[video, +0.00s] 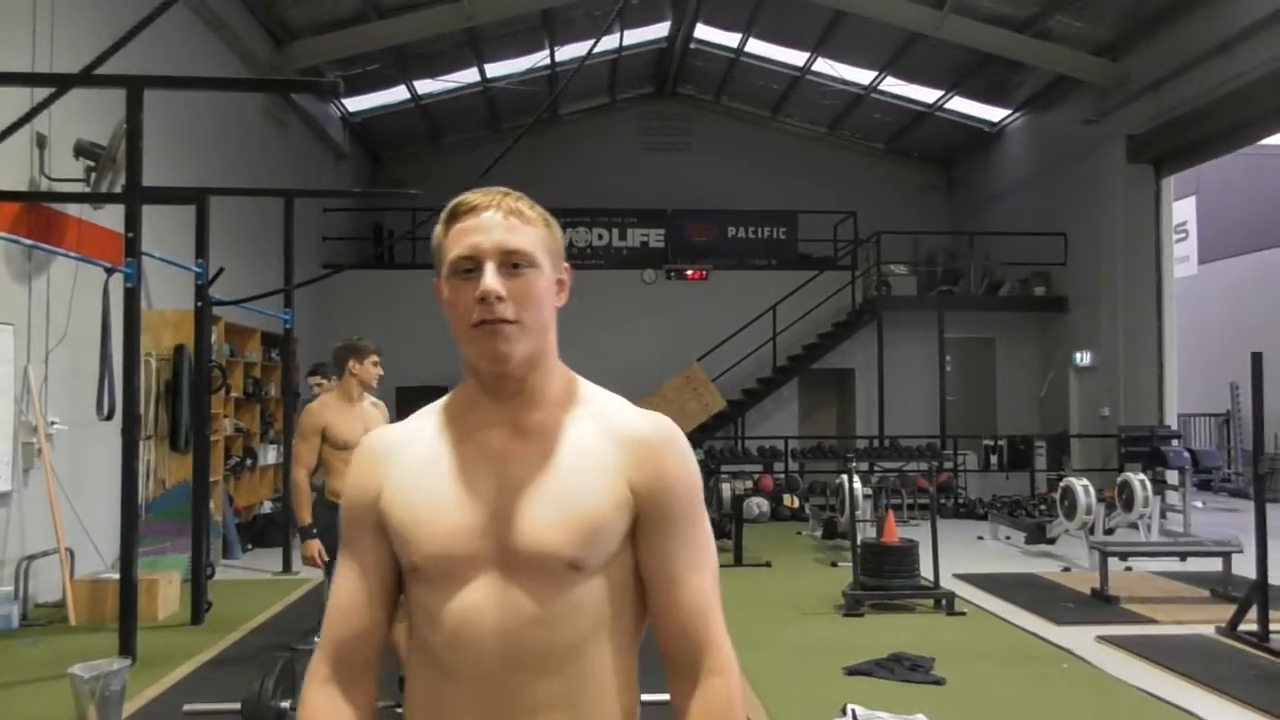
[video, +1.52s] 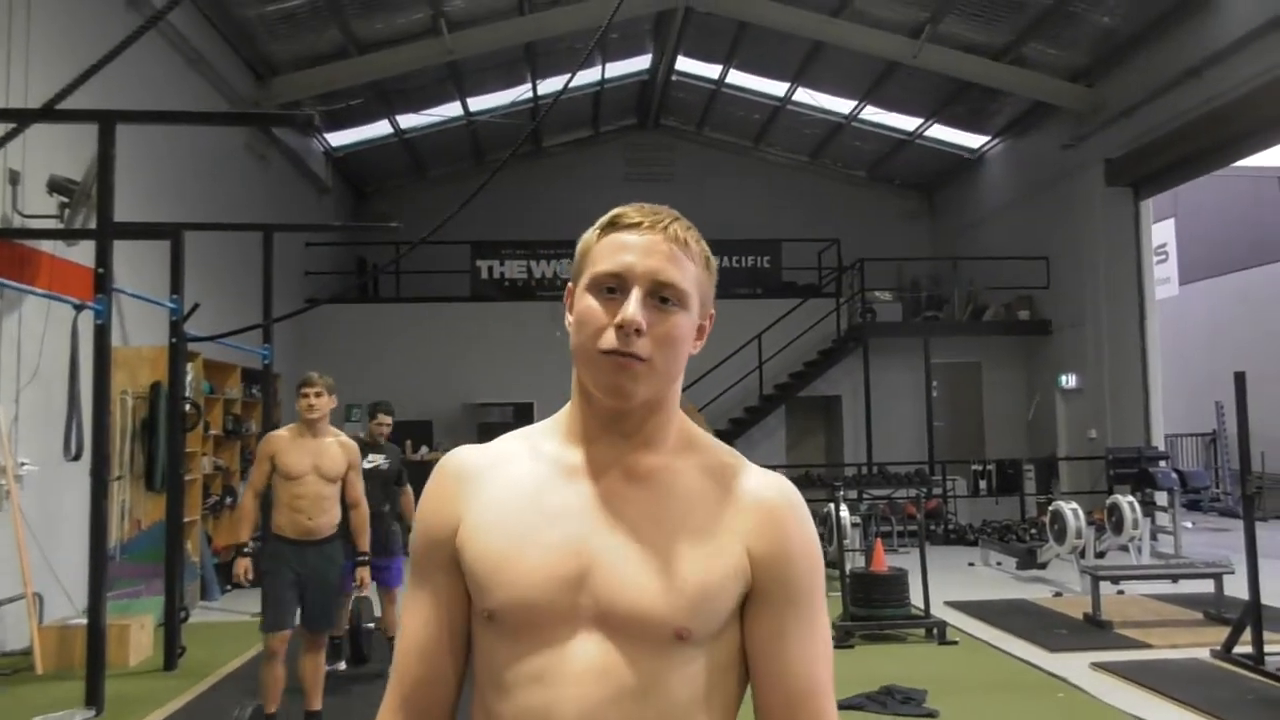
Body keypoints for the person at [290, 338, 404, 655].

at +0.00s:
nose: (380, 372)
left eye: (380, 365)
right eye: (375, 365)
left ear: (359, 368)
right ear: (353, 367)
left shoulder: (379, 409)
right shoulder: (318, 411)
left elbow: (384, 459)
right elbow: (300, 473)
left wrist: (392, 505)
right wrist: (307, 533)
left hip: (374, 508)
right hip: (336, 510)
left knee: (379, 586)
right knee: (341, 590)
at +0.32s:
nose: (372, 372)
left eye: (371, 365)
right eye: (363, 366)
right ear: (340, 372)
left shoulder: (373, 409)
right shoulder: (313, 414)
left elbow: (380, 462)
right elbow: (298, 477)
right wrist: (309, 537)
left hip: (372, 509)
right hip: (331, 513)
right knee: (333, 597)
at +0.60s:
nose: (344, 380)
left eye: (345, 373)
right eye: (334, 377)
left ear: (351, 375)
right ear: (317, 387)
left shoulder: (371, 417)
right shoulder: (305, 427)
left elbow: (381, 469)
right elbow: (289, 488)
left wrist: (388, 516)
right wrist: (303, 544)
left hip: (372, 523)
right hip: (331, 527)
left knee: (378, 608)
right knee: (334, 614)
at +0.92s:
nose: (331, 386)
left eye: (336, 380)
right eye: (323, 382)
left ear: (349, 384)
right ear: (315, 391)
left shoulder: (370, 426)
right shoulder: (302, 431)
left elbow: (390, 478)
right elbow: (284, 488)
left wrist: (407, 520)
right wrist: (283, 547)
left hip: (365, 530)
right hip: (324, 532)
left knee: (356, 625)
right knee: (334, 628)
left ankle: (344, 697)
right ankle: (335, 705)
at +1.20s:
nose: (330, 393)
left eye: (336, 387)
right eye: (323, 388)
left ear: (350, 393)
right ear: (315, 395)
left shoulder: (365, 439)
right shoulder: (294, 434)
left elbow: (375, 494)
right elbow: (272, 487)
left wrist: (380, 543)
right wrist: (266, 542)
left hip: (349, 539)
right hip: (306, 539)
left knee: (335, 630)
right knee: (320, 633)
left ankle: (324, 704)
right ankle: (324, 709)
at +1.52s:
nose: (311, 401)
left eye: (318, 396)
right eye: (305, 396)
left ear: (332, 401)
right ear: (296, 403)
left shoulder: (347, 447)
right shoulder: (275, 442)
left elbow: (357, 504)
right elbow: (252, 494)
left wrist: (363, 559)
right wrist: (243, 550)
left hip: (327, 551)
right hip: (280, 550)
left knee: (316, 640)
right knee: (275, 643)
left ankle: (314, 711)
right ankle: (269, 712)